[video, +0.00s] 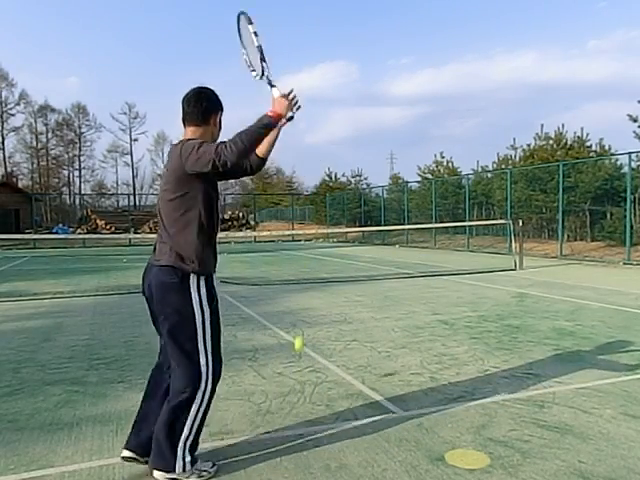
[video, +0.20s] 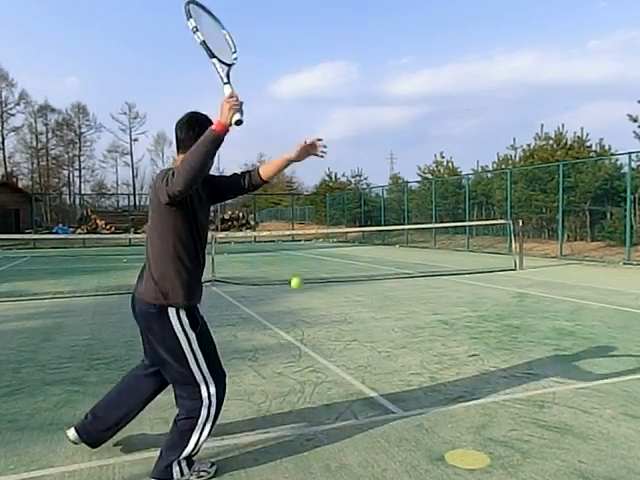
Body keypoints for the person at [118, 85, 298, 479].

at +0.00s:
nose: (221, 124)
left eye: (219, 119)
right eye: (221, 118)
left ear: (185, 118)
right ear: (214, 118)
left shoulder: (184, 154)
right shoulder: (191, 152)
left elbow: (250, 163)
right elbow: (232, 152)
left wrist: (278, 123)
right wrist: (274, 114)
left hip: (164, 274)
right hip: (185, 276)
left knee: (174, 361)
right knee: (202, 369)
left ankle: (142, 443)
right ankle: (173, 461)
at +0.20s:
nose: (215, 148)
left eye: (217, 143)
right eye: (210, 142)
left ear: (177, 144)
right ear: (198, 144)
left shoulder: (201, 185)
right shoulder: (168, 180)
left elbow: (248, 179)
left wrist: (293, 156)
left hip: (155, 300)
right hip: (170, 305)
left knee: (157, 369)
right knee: (207, 389)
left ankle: (89, 429)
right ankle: (174, 466)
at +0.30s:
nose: (214, 155)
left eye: (214, 147)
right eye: (209, 147)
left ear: (173, 150)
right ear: (195, 151)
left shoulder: (196, 190)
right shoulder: (166, 190)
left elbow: (246, 188)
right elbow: (167, 202)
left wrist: (293, 177)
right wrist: (204, 152)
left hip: (142, 304)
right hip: (160, 310)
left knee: (148, 365)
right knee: (204, 385)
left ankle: (85, 425)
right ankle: (175, 466)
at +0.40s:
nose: (203, 161)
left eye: (201, 156)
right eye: (200, 156)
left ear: (167, 158)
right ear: (189, 160)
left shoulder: (178, 196)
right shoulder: (161, 198)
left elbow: (224, 194)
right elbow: (149, 226)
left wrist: (281, 185)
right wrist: (180, 190)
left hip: (130, 306)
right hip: (153, 312)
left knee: (142, 362)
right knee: (198, 382)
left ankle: (81, 424)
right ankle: (174, 466)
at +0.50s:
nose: (190, 159)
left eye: (187, 153)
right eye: (187, 153)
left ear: (155, 161)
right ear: (179, 158)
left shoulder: (169, 194)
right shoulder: (145, 202)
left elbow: (218, 191)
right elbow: (140, 228)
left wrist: (268, 184)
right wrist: (164, 213)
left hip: (118, 304)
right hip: (142, 310)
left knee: (134, 359)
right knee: (190, 378)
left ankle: (83, 425)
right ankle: (173, 465)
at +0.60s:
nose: (174, 161)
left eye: (172, 154)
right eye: (172, 154)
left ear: (142, 157)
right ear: (161, 155)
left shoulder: (150, 191)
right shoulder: (136, 202)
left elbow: (188, 179)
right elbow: (136, 234)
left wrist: (228, 172)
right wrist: (163, 229)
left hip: (103, 299)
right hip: (125, 304)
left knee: (126, 359)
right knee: (170, 375)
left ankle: (82, 427)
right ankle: (173, 466)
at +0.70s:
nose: (158, 149)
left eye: (157, 143)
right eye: (156, 143)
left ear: (122, 148)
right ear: (148, 146)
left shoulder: (104, 176)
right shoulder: (135, 198)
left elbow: (123, 177)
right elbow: (159, 241)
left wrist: (148, 175)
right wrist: (186, 239)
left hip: (86, 287)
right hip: (119, 295)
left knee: (99, 359)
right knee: (142, 370)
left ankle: (75, 429)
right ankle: (156, 455)